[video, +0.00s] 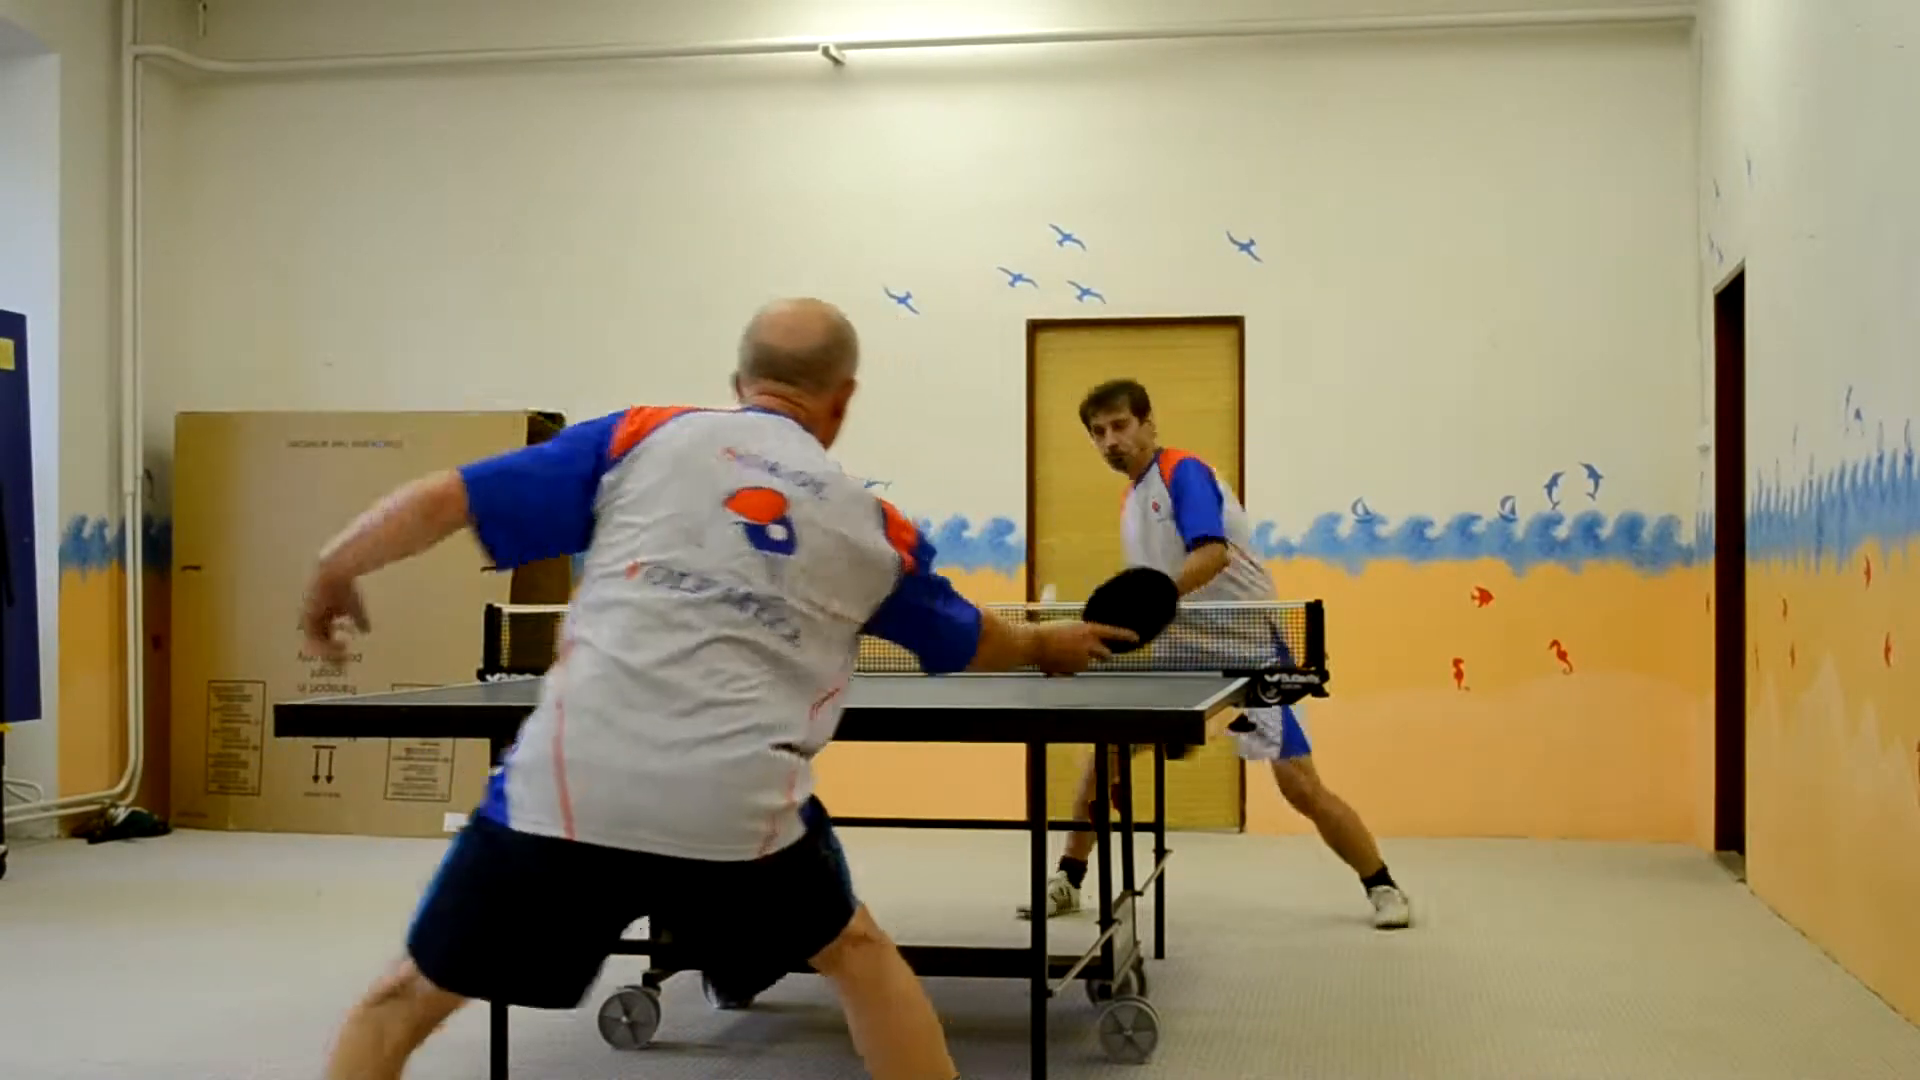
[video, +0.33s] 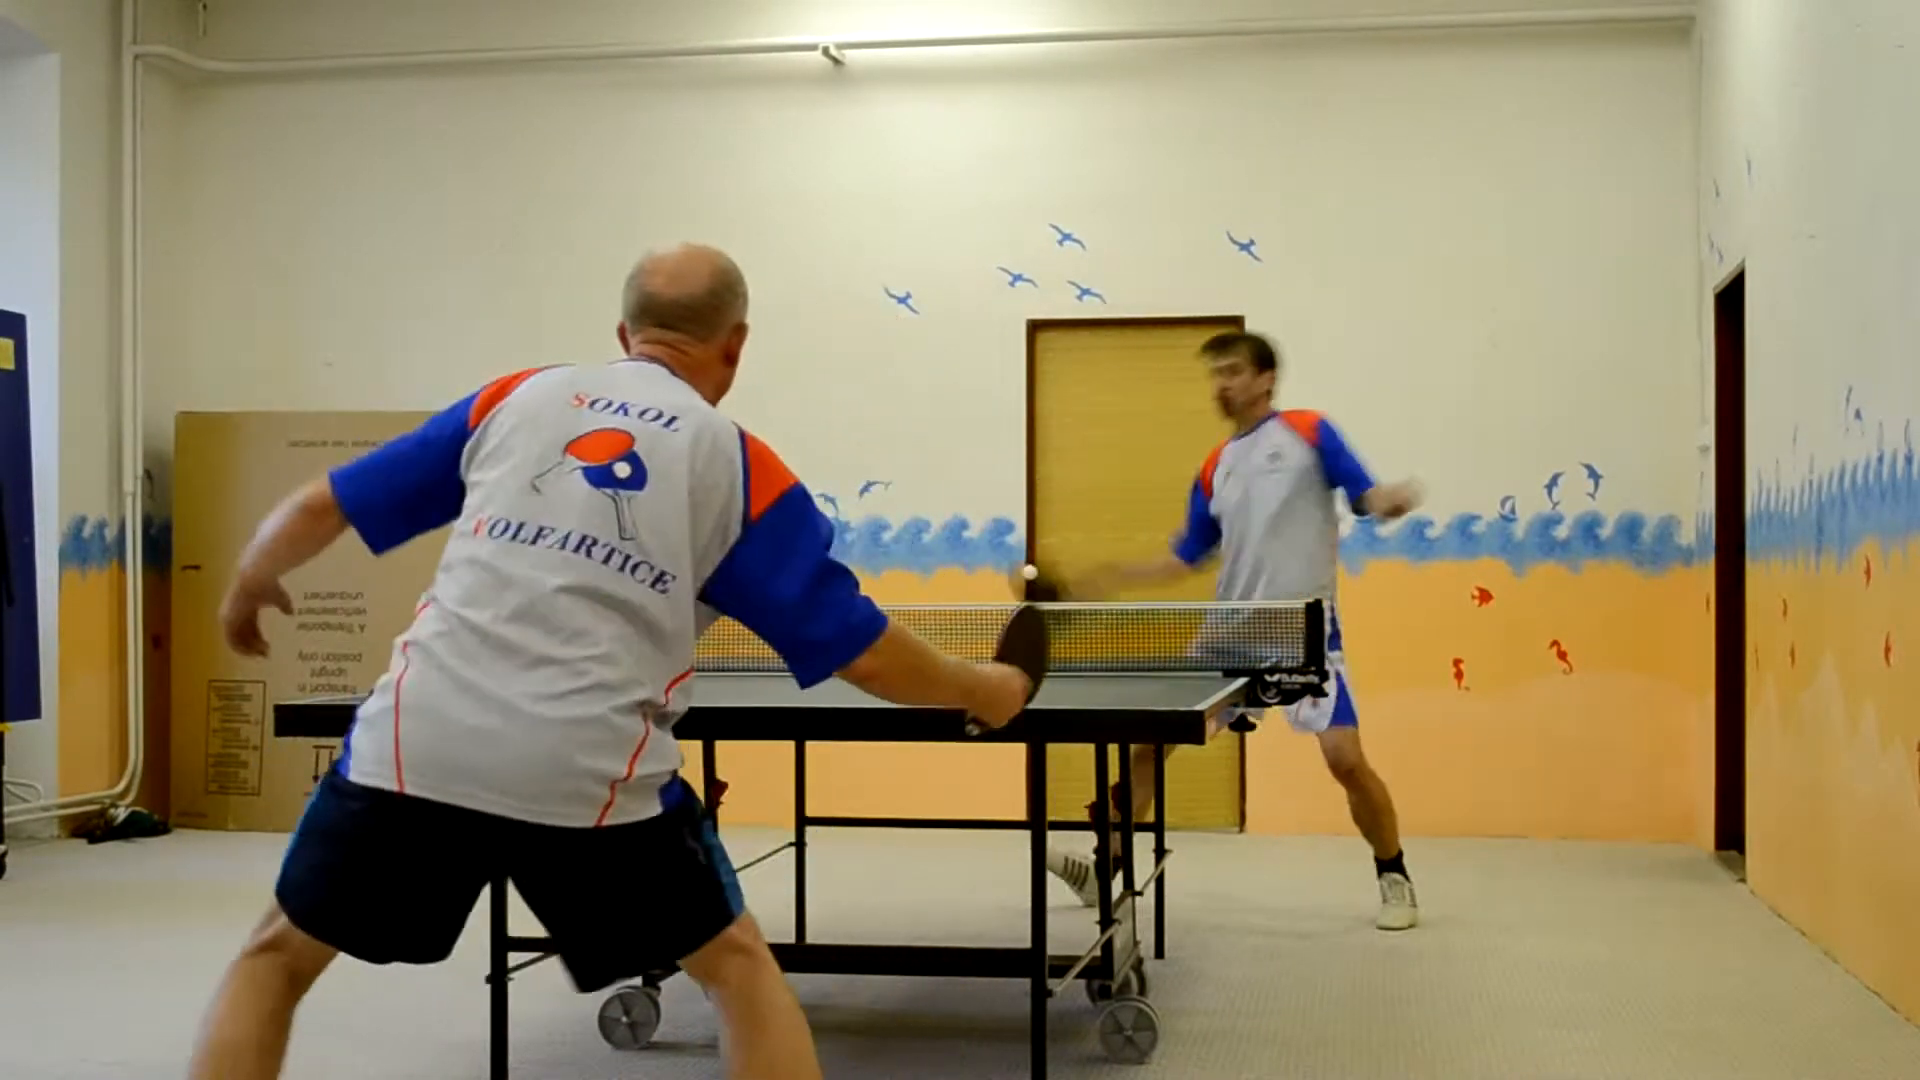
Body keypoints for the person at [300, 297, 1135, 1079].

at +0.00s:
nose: (849, 407)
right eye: (851, 394)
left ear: (738, 371)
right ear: (841, 401)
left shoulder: (636, 438)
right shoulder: (868, 525)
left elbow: (442, 501)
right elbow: (975, 643)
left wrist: (333, 571)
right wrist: (1048, 641)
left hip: (561, 806)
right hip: (739, 822)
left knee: (405, 999)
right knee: (863, 963)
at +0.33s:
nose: (742, 361)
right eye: (742, 346)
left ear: (623, 326)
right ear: (731, 350)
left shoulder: (512, 400)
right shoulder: (743, 473)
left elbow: (327, 503)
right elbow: (863, 648)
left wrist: (248, 583)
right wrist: (974, 687)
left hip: (407, 754)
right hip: (593, 783)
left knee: (276, 956)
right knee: (740, 970)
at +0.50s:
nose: (744, 370)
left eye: (742, 351)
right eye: (744, 352)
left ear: (631, 333)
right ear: (734, 352)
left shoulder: (510, 419)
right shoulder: (710, 486)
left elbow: (365, 566)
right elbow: (804, 711)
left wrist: (291, 672)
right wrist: (928, 716)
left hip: (406, 801)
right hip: (590, 817)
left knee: (294, 1000)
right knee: (780, 948)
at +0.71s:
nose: (703, 258)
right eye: (706, 242)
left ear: (586, 242)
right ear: (698, 250)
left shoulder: (482, 382)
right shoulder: (719, 417)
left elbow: (420, 596)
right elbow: (759, 656)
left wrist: (336, 778)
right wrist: (815, 696)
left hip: (509, 778)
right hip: (681, 782)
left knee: (431, 971)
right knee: (850, 934)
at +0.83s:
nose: (637, 197)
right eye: (640, 181)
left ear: (511, 198)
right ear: (636, 194)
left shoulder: (436, 358)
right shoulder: (691, 365)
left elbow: (406, 567)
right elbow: (817, 569)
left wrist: (371, 696)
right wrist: (925, 638)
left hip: (497, 753)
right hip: (679, 744)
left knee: (441, 954)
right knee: (857, 911)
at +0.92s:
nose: (637, 168)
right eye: (642, 152)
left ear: (505, 169)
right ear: (634, 163)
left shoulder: (431, 319)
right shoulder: (685, 333)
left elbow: (379, 522)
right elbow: (836, 526)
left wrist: (377, 561)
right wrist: (969, 583)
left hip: (477, 732)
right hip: (661, 726)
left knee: (428, 940)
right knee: (847, 915)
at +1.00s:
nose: (649, 145)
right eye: (652, 128)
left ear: (519, 143)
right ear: (647, 138)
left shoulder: (439, 291)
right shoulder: (704, 309)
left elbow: (348, 483)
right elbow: (856, 498)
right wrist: (1007, 552)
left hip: (483, 728)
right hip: (674, 726)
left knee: (423, 956)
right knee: (820, 965)